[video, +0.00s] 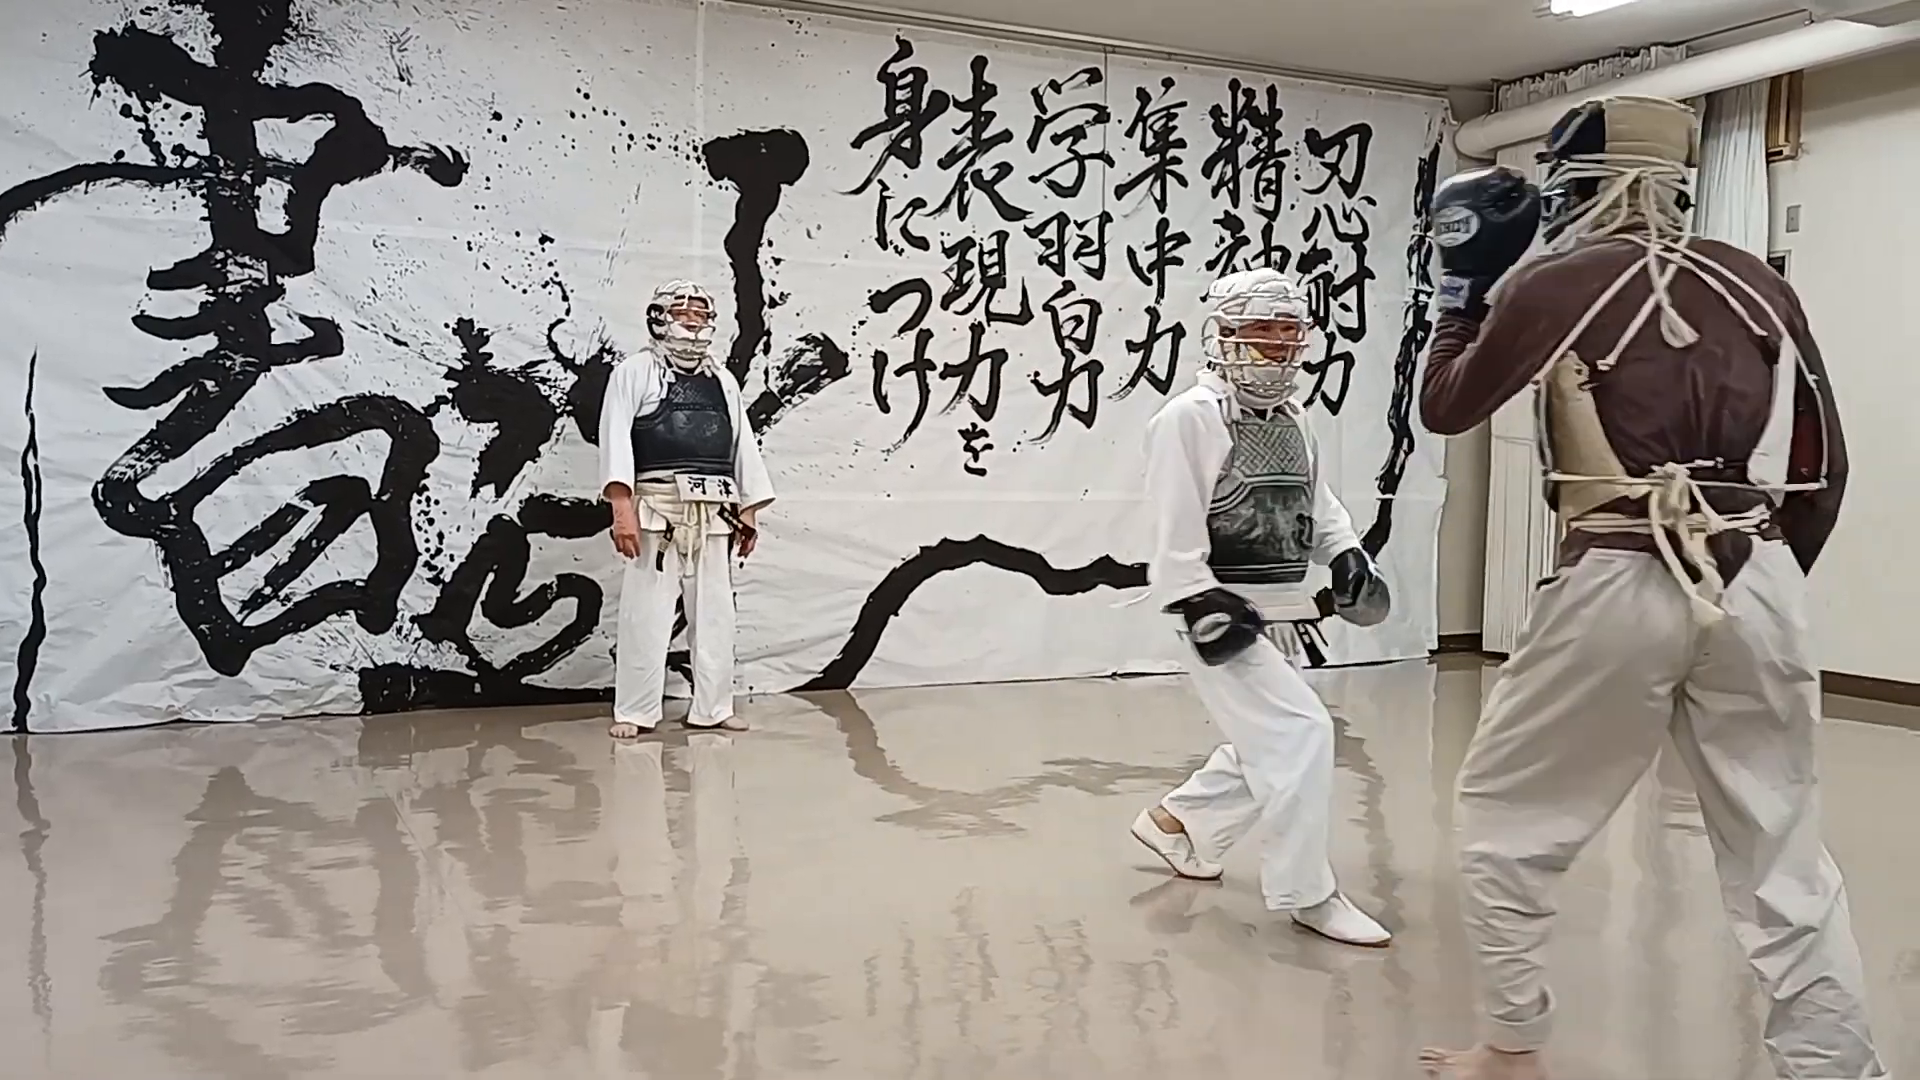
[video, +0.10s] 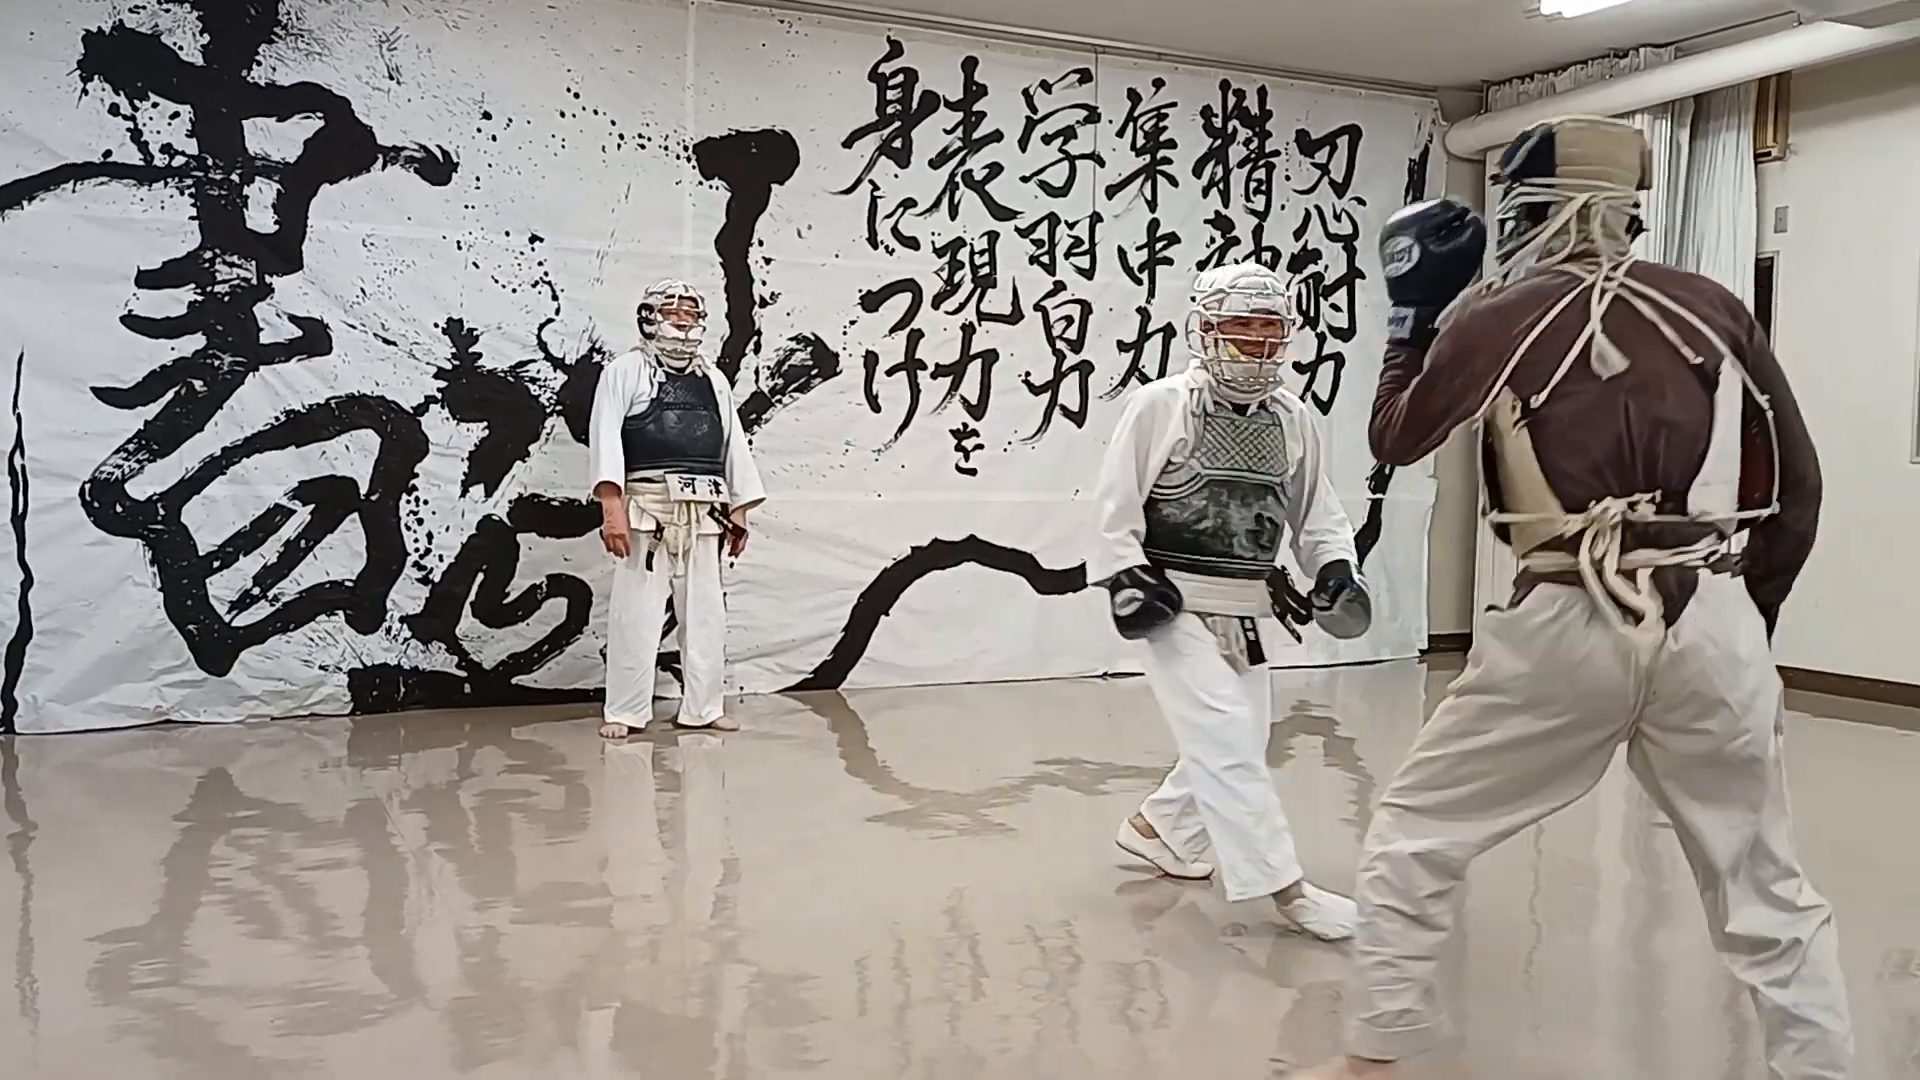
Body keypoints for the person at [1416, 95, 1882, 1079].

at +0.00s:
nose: (1553, 193)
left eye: (1563, 178)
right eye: (1557, 178)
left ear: (1588, 184)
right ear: (1677, 184)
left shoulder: (1555, 282)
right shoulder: (1762, 280)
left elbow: (1446, 402)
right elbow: (1821, 470)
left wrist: (1462, 284)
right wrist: (1766, 581)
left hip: (1612, 591)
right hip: (1759, 586)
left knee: (1505, 816)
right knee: (1783, 855)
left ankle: (1513, 1041)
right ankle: (1832, 1066)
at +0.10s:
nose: (1506, 224)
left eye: (1514, 211)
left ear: (1530, 215)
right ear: (1628, 213)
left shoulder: (1493, 317)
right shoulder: (1714, 303)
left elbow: (1393, 437)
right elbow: (1797, 487)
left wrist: (1412, 317)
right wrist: (1740, 613)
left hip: (1560, 627)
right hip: (1712, 621)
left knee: (1415, 830)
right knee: (1769, 893)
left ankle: (1388, 1052)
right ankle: (1819, 1067)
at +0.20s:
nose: (1431, 247)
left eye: (1440, 235)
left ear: (1449, 243)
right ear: (1549, 242)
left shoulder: (1409, 357)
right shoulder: (1623, 334)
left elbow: (1340, 491)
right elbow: (1714, 495)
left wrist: (1354, 359)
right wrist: (1712, 635)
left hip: (1480, 658)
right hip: (1630, 655)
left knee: (1340, 868)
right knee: (1703, 883)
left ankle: (1245, 1054)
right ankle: (1774, 1061)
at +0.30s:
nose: (1327, 241)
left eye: (1334, 229)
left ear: (1343, 234)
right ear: (1442, 235)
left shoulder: (1295, 340)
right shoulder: (1505, 329)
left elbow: (1240, 484)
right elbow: (1607, 477)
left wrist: (1271, 346)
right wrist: (1634, 626)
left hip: (1341, 645)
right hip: (1499, 642)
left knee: (1239, 859)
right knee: (1620, 881)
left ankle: (1202, 1060)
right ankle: (1724, 1067)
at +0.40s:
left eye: (1257, 187)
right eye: (1350, 191)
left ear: (1254, 190)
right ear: (1353, 197)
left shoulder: (1196, 292)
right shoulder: (1408, 295)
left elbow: (1123, 438)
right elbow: (1499, 443)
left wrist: (1156, 335)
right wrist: (1526, 584)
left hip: (1241, 600)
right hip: (1392, 594)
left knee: (1200, 859)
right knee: (1484, 855)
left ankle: (1202, 1061)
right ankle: (1586, 1059)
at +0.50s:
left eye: (1182, 130)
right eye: (1291, 138)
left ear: (1180, 135)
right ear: (1285, 144)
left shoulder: (1114, 229)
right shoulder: (1343, 242)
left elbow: (1053, 395)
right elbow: (1407, 409)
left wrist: (1100, 317)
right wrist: (1407, 562)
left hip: (1166, 545)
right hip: (1315, 543)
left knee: (1161, 828)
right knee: (1326, 828)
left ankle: (1176, 1061)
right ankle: (1358, 1063)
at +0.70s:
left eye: (1047, 171)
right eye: (1134, 181)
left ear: (1046, 176)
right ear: (1137, 187)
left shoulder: (979, 283)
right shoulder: (1189, 299)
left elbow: (910, 454)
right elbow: (1240, 483)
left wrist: (1007, 421)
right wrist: (1173, 576)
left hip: (999, 621)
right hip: (1143, 625)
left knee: (885, 874)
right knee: (1166, 905)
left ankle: (803, 1067)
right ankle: (1184, 1072)